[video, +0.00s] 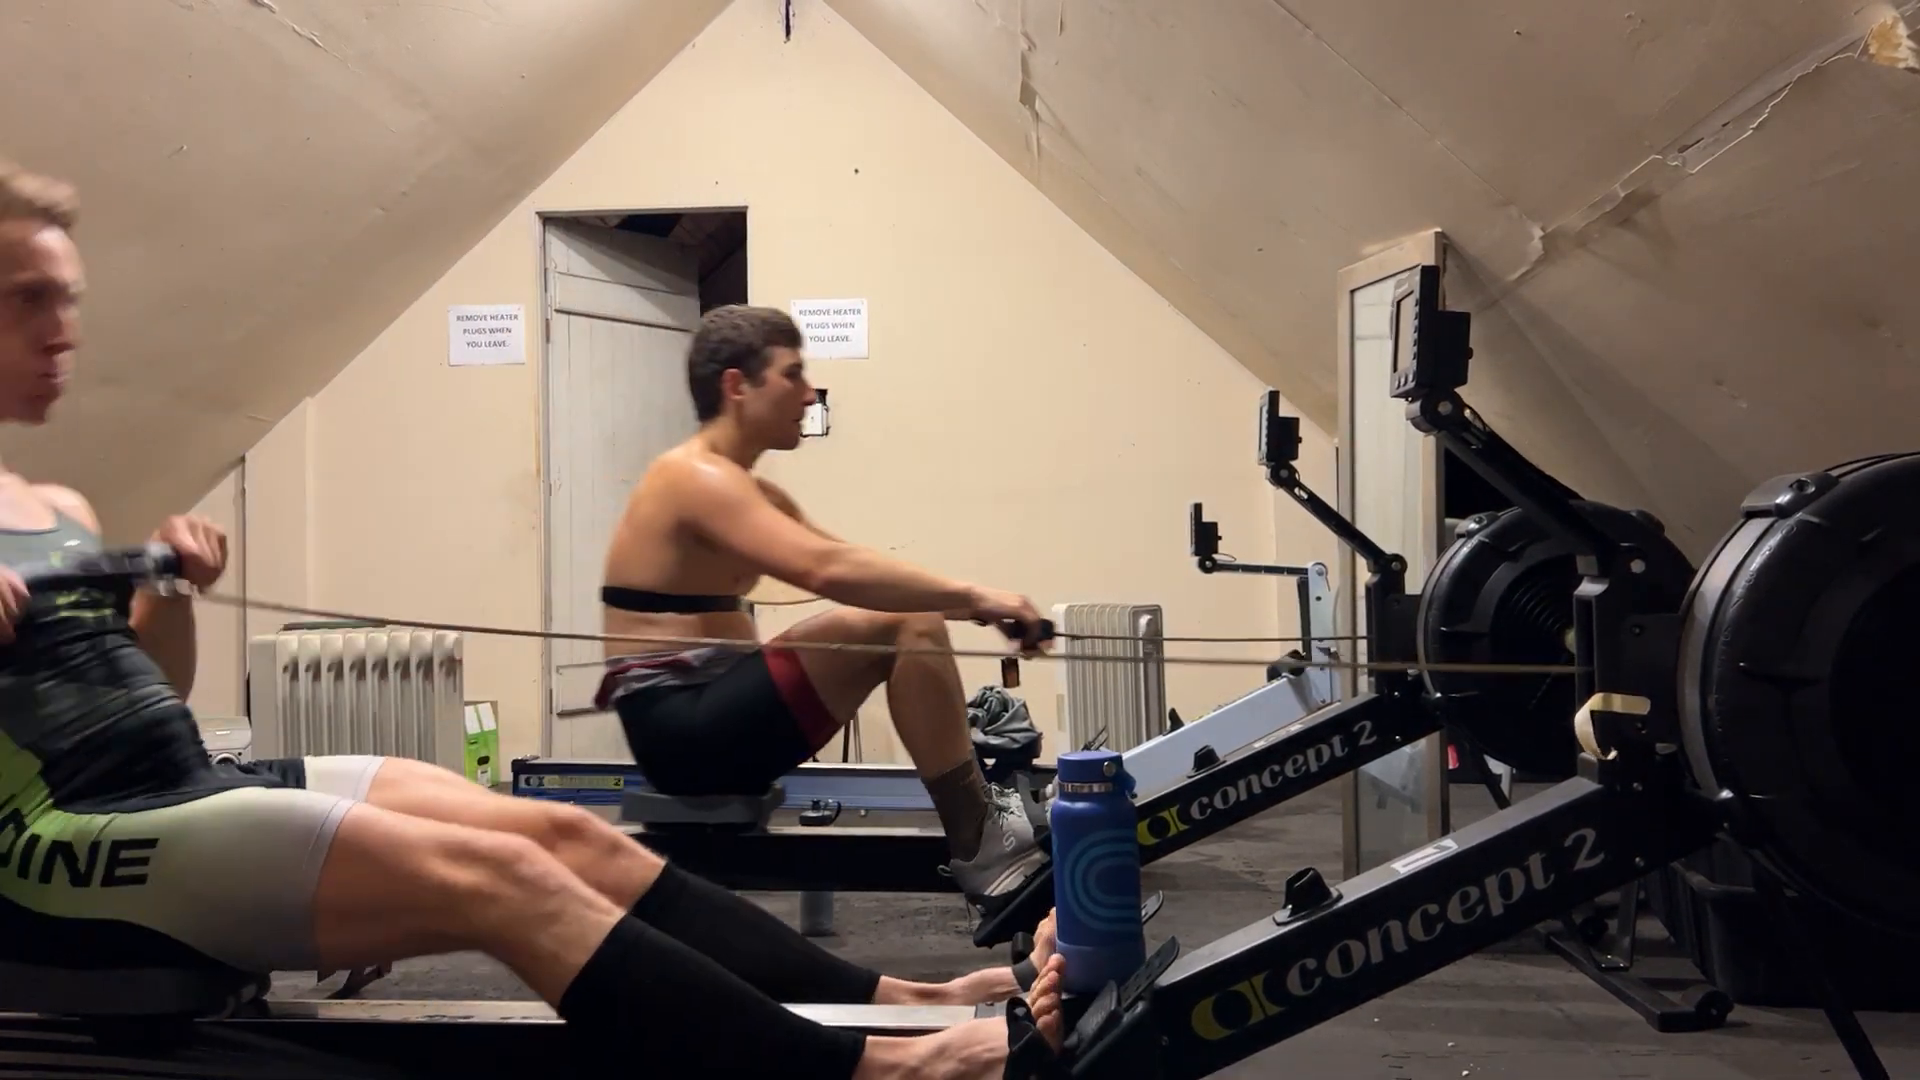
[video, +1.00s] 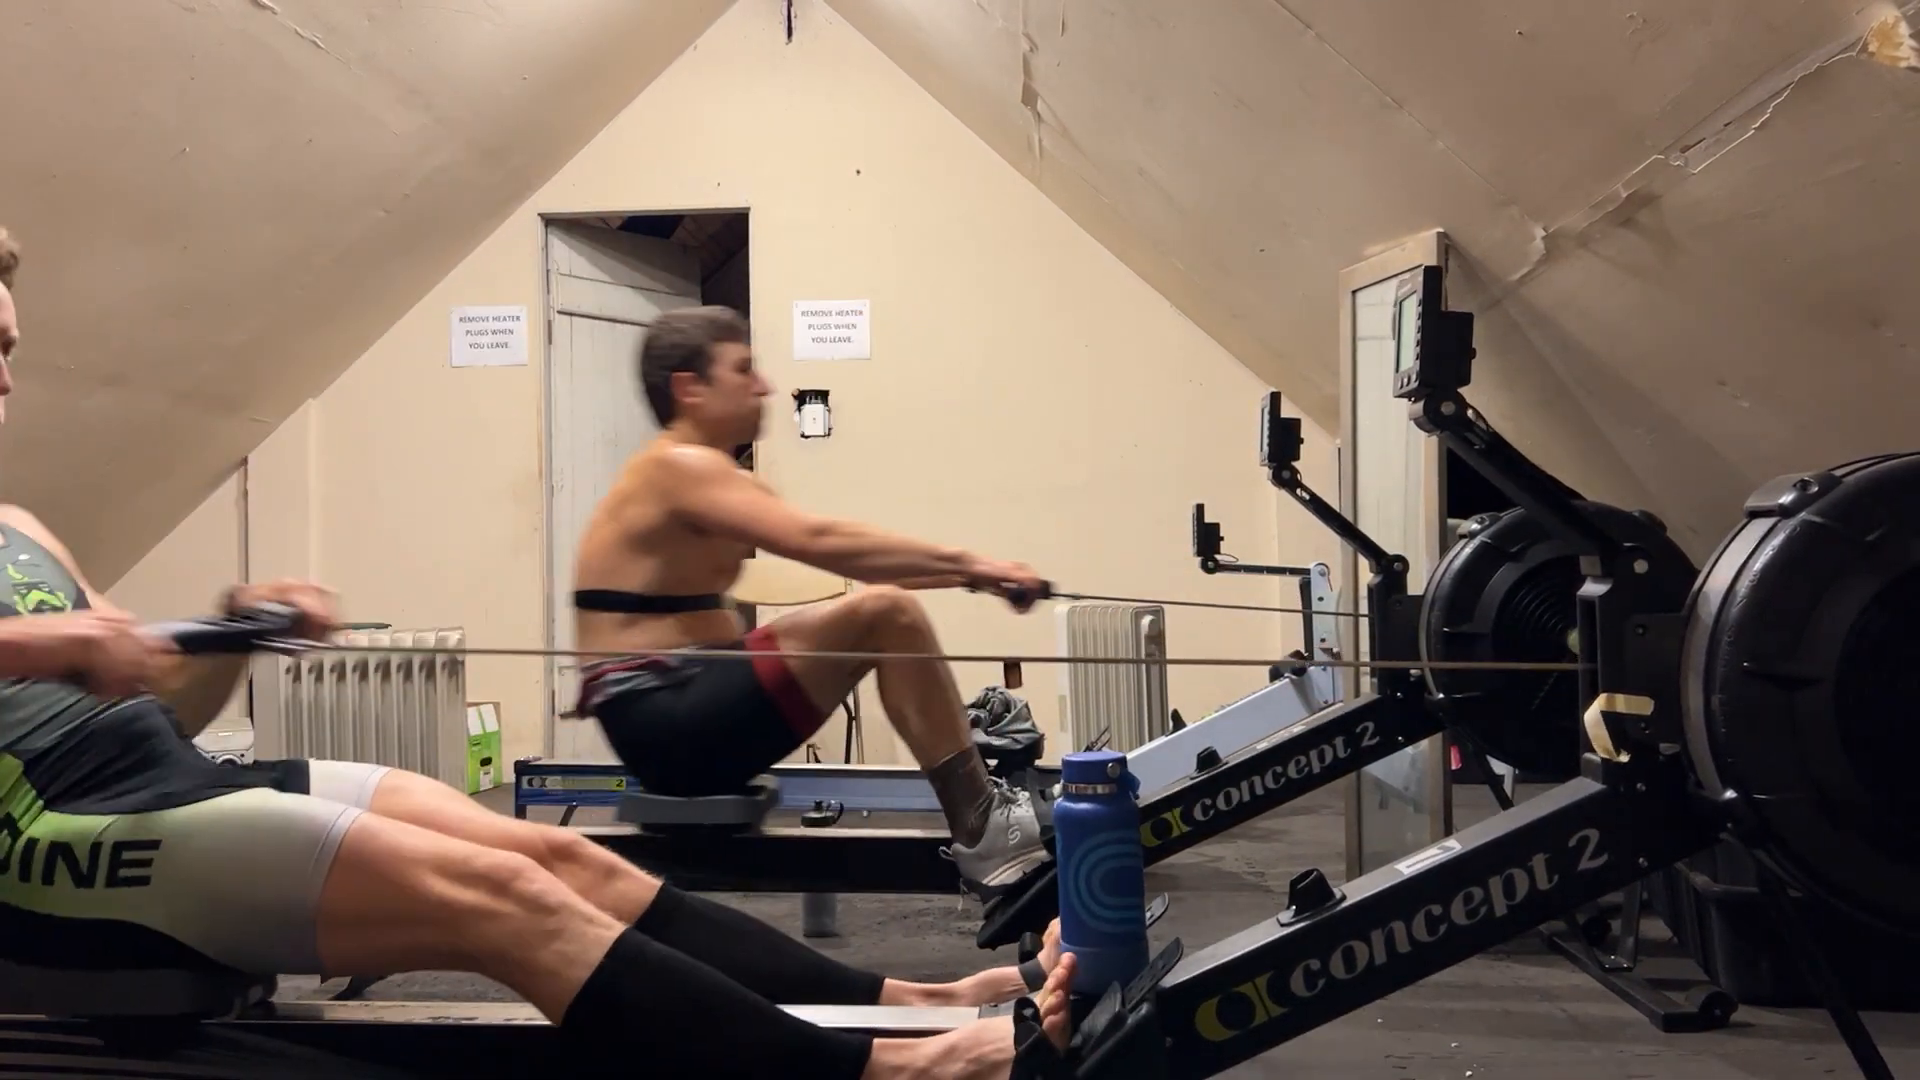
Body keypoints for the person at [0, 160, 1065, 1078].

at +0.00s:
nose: (60, 333)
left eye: (65, 303)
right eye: (35, 302)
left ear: (68, 312)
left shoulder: (58, 505)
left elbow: (156, 693)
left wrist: (169, 590)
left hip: (185, 784)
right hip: (61, 829)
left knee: (569, 835)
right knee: (493, 874)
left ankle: (913, 1006)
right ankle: (871, 1060)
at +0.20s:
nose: (379, 273)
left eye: (375, 242)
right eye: (346, 240)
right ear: (233, 249)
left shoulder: (300, 466)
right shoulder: (102, 440)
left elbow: (401, 660)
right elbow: (24, 682)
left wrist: (482, 583)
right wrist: (301, 573)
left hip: (277, 795)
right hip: (148, 827)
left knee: (646, 748)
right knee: (581, 782)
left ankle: (894, 999)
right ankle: (849, 1056)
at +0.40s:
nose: (672, 304)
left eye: (659, 273)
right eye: (637, 274)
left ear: (551, 303)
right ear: (538, 298)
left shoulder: (577, 498)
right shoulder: (418, 453)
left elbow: (763, 595)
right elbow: (663, 631)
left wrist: (951, 628)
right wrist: (941, 641)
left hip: (383, 812)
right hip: (283, 834)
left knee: (752, 696)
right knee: (684, 722)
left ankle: (925, 993)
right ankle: (907, 1062)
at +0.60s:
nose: (563, 264)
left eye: (550, 236)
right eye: (528, 239)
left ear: (459, 268)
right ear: (426, 267)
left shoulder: (504, 453)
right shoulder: (348, 425)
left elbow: (665, 608)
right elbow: (531, 641)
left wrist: (868, 615)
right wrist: (824, 634)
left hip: (357, 800)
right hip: (248, 823)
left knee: (724, 702)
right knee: (657, 744)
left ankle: (918, 991)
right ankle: (896, 1055)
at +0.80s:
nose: (203, 267)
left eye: (202, 237)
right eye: (169, 237)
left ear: (196, 240)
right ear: (55, 251)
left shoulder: (211, 432)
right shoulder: (21, 430)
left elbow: (360, 602)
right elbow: (154, 650)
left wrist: (520, 602)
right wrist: (446, 614)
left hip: (252, 765)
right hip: (127, 807)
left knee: (626, 792)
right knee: (564, 838)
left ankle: (926, 1005)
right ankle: (904, 1061)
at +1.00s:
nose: (14, 323)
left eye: (12, 296)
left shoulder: (30, 531)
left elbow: (153, 690)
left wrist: (244, 629)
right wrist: (71, 641)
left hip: (161, 780)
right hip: (64, 821)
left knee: (563, 858)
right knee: (505, 901)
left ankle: (945, 1010)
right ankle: (898, 1070)